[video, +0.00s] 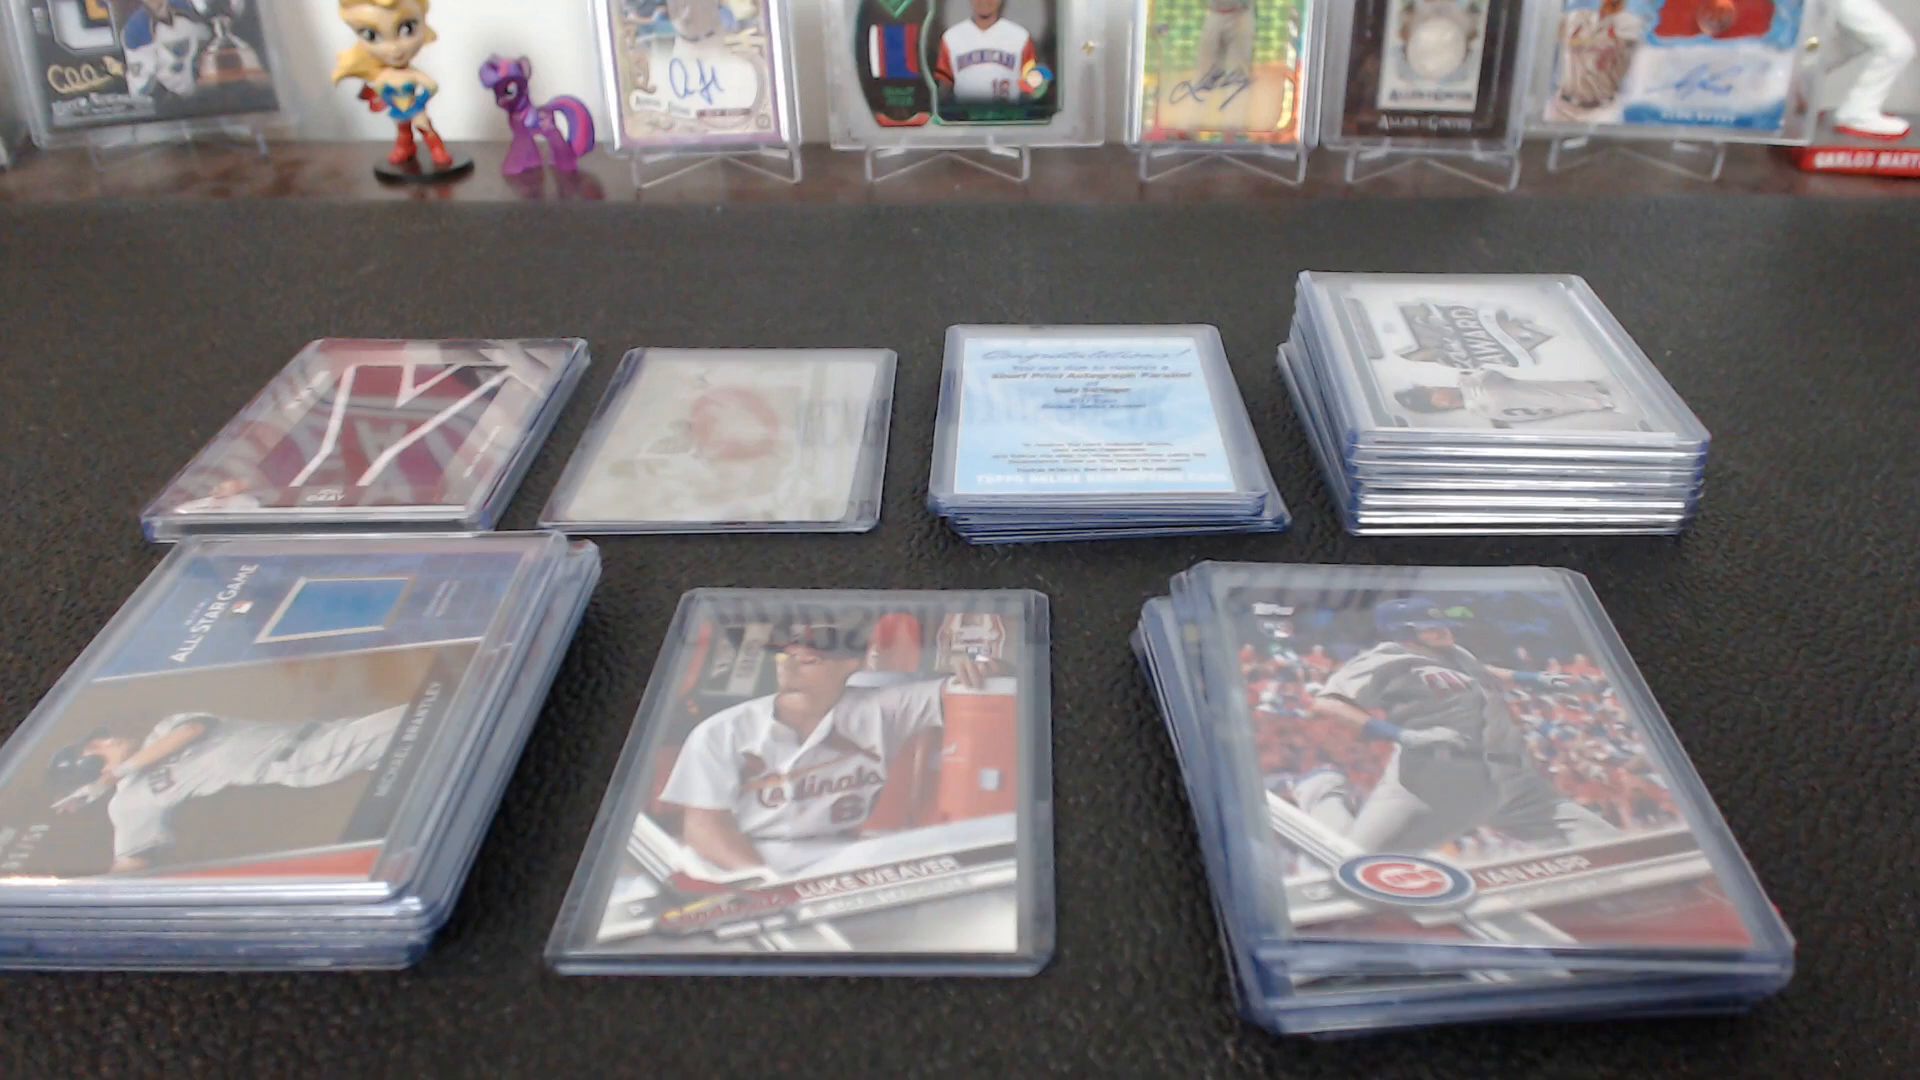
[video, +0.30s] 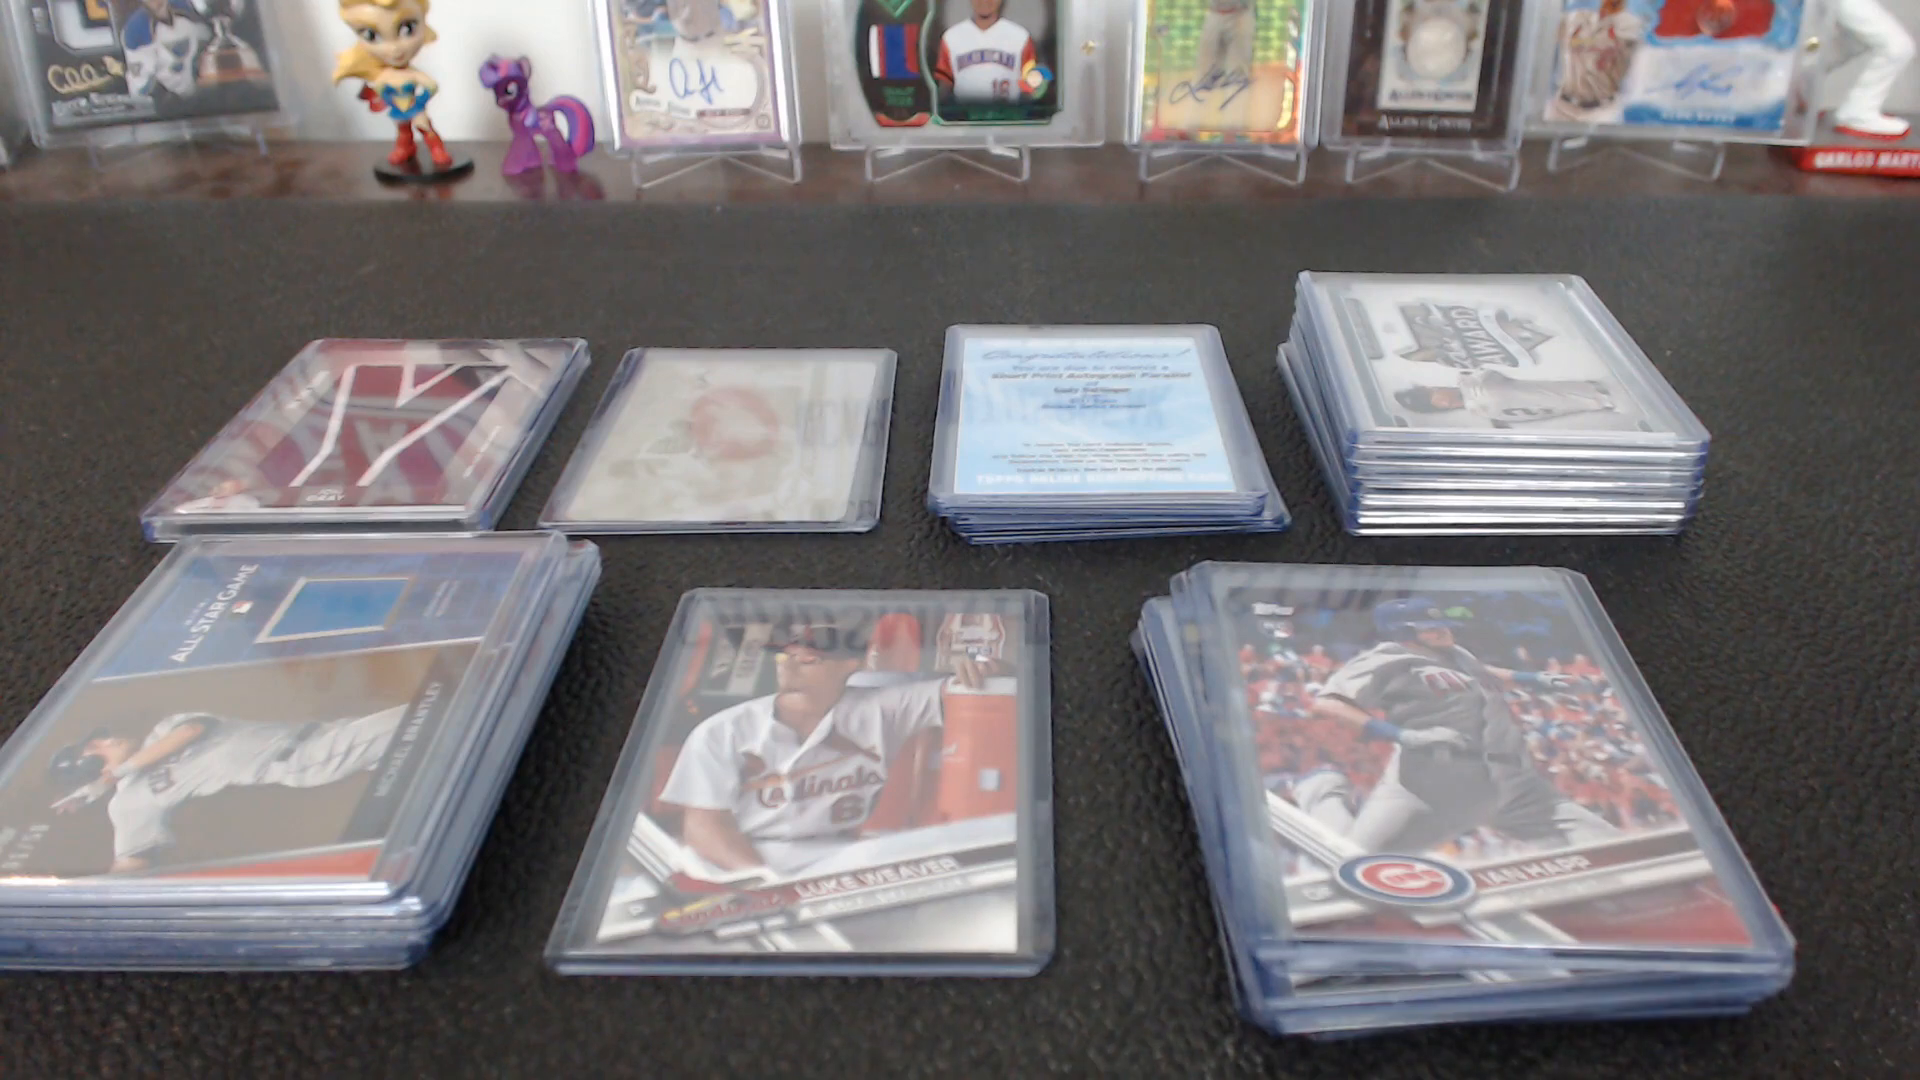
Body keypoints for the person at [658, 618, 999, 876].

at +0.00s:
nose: (799, 655)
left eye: (820, 645)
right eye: (790, 643)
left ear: (852, 662)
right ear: (776, 655)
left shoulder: (876, 714)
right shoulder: (720, 735)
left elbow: (962, 688)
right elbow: (702, 828)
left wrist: (977, 668)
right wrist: (767, 884)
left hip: (829, 871)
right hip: (732, 874)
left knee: (892, 852)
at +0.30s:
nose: (797, 656)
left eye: (818, 645)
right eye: (789, 643)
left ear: (852, 662)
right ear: (776, 655)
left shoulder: (876, 714)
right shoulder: (720, 735)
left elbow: (964, 687)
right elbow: (702, 829)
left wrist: (976, 668)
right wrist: (768, 885)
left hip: (831, 871)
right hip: (732, 874)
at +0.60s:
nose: (797, 657)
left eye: (818, 647)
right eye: (788, 644)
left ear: (852, 662)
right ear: (776, 655)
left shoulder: (876, 713)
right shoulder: (720, 735)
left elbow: (965, 687)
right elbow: (702, 829)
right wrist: (768, 885)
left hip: (829, 867)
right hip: (731, 870)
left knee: (892, 852)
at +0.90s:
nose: (798, 656)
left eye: (820, 645)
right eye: (789, 643)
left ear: (853, 662)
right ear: (775, 655)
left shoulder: (877, 713)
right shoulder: (720, 735)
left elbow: (961, 689)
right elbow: (702, 829)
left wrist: (975, 671)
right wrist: (768, 884)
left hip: (830, 867)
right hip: (732, 870)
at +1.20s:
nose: (797, 656)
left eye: (819, 647)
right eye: (789, 644)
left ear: (853, 663)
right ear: (776, 655)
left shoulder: (876, 714)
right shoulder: (720, 735)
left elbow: (962, 689)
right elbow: (702, 829)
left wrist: (976, 669)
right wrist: (769, 885)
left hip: (828, 868)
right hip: (730, 871)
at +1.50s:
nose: (799, 655)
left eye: (820, 645)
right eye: (789, 643)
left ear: (852, 663)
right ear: (775, 656)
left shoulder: (876, 714)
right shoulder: (720, 735)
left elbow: (959, 690)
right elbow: (702, 829)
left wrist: (973, 671)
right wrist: (767, 884)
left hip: (830, 869)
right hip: (732, 872)